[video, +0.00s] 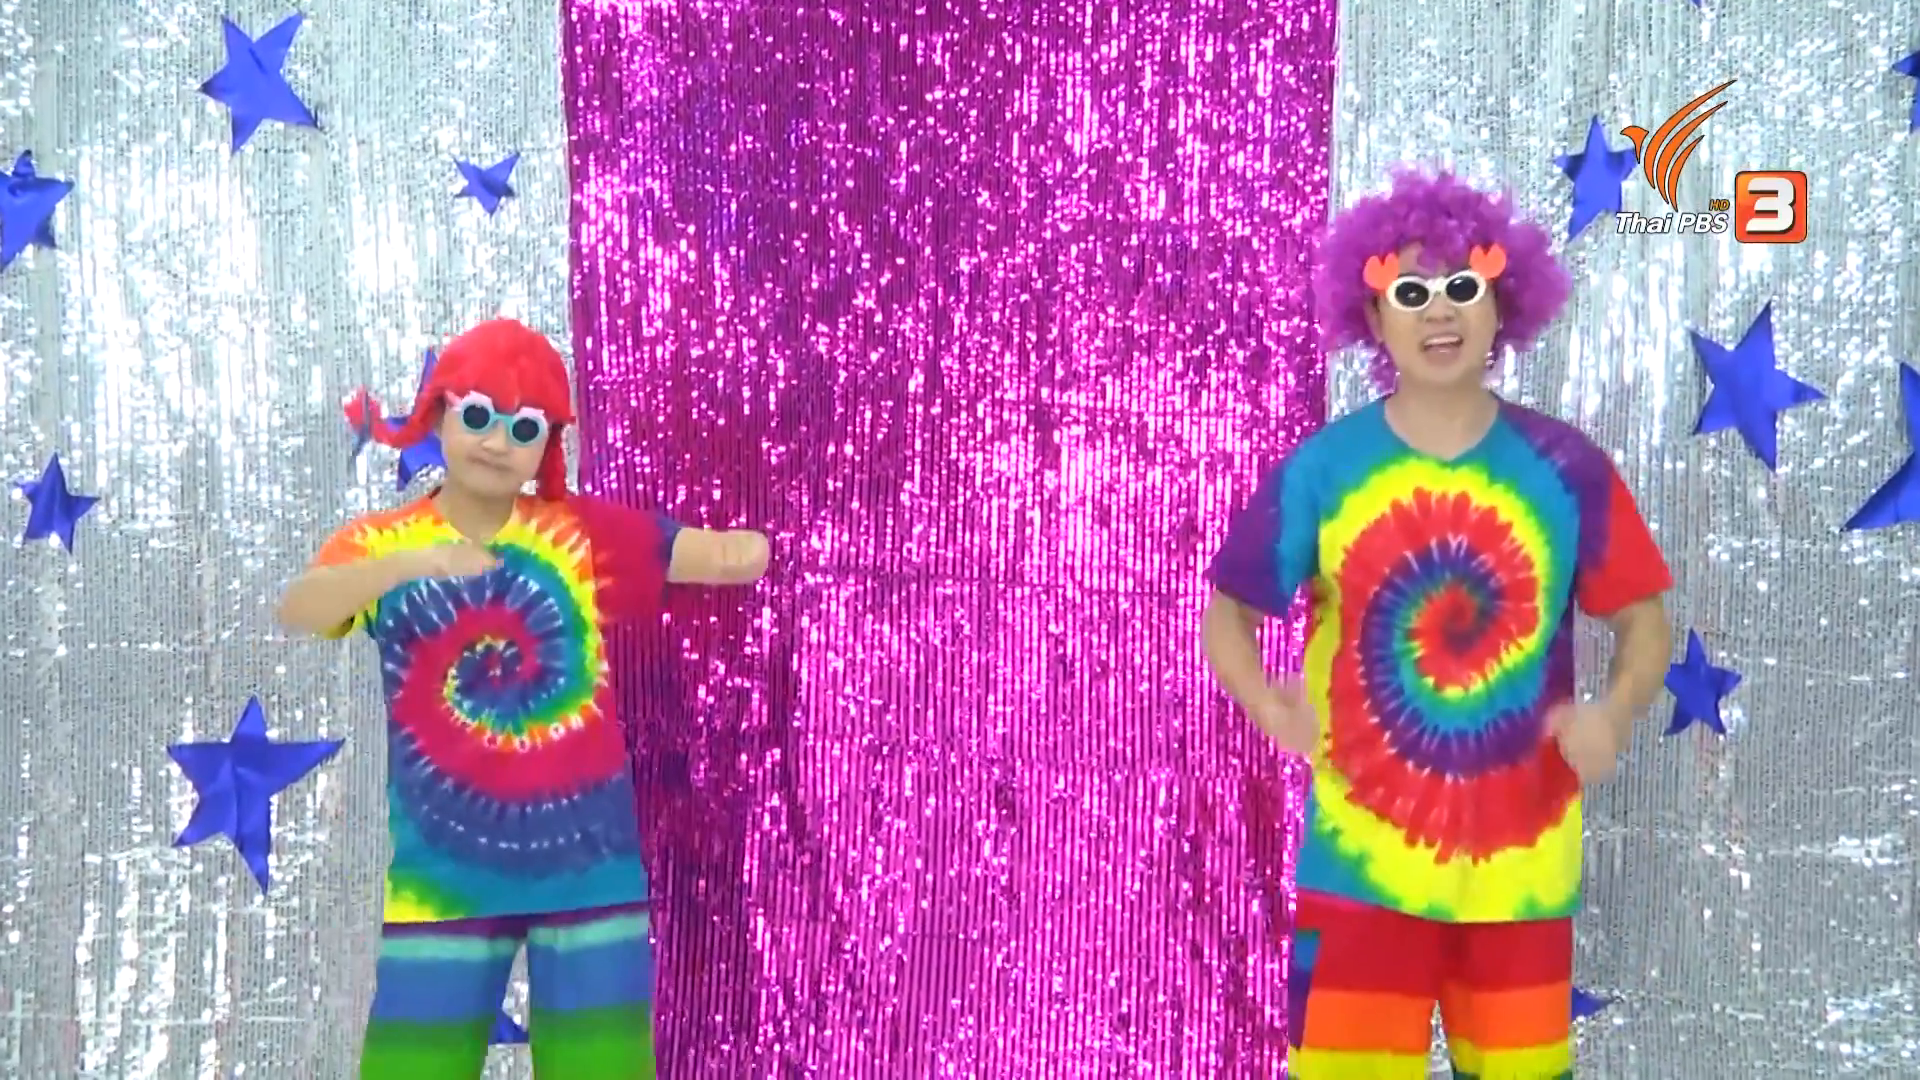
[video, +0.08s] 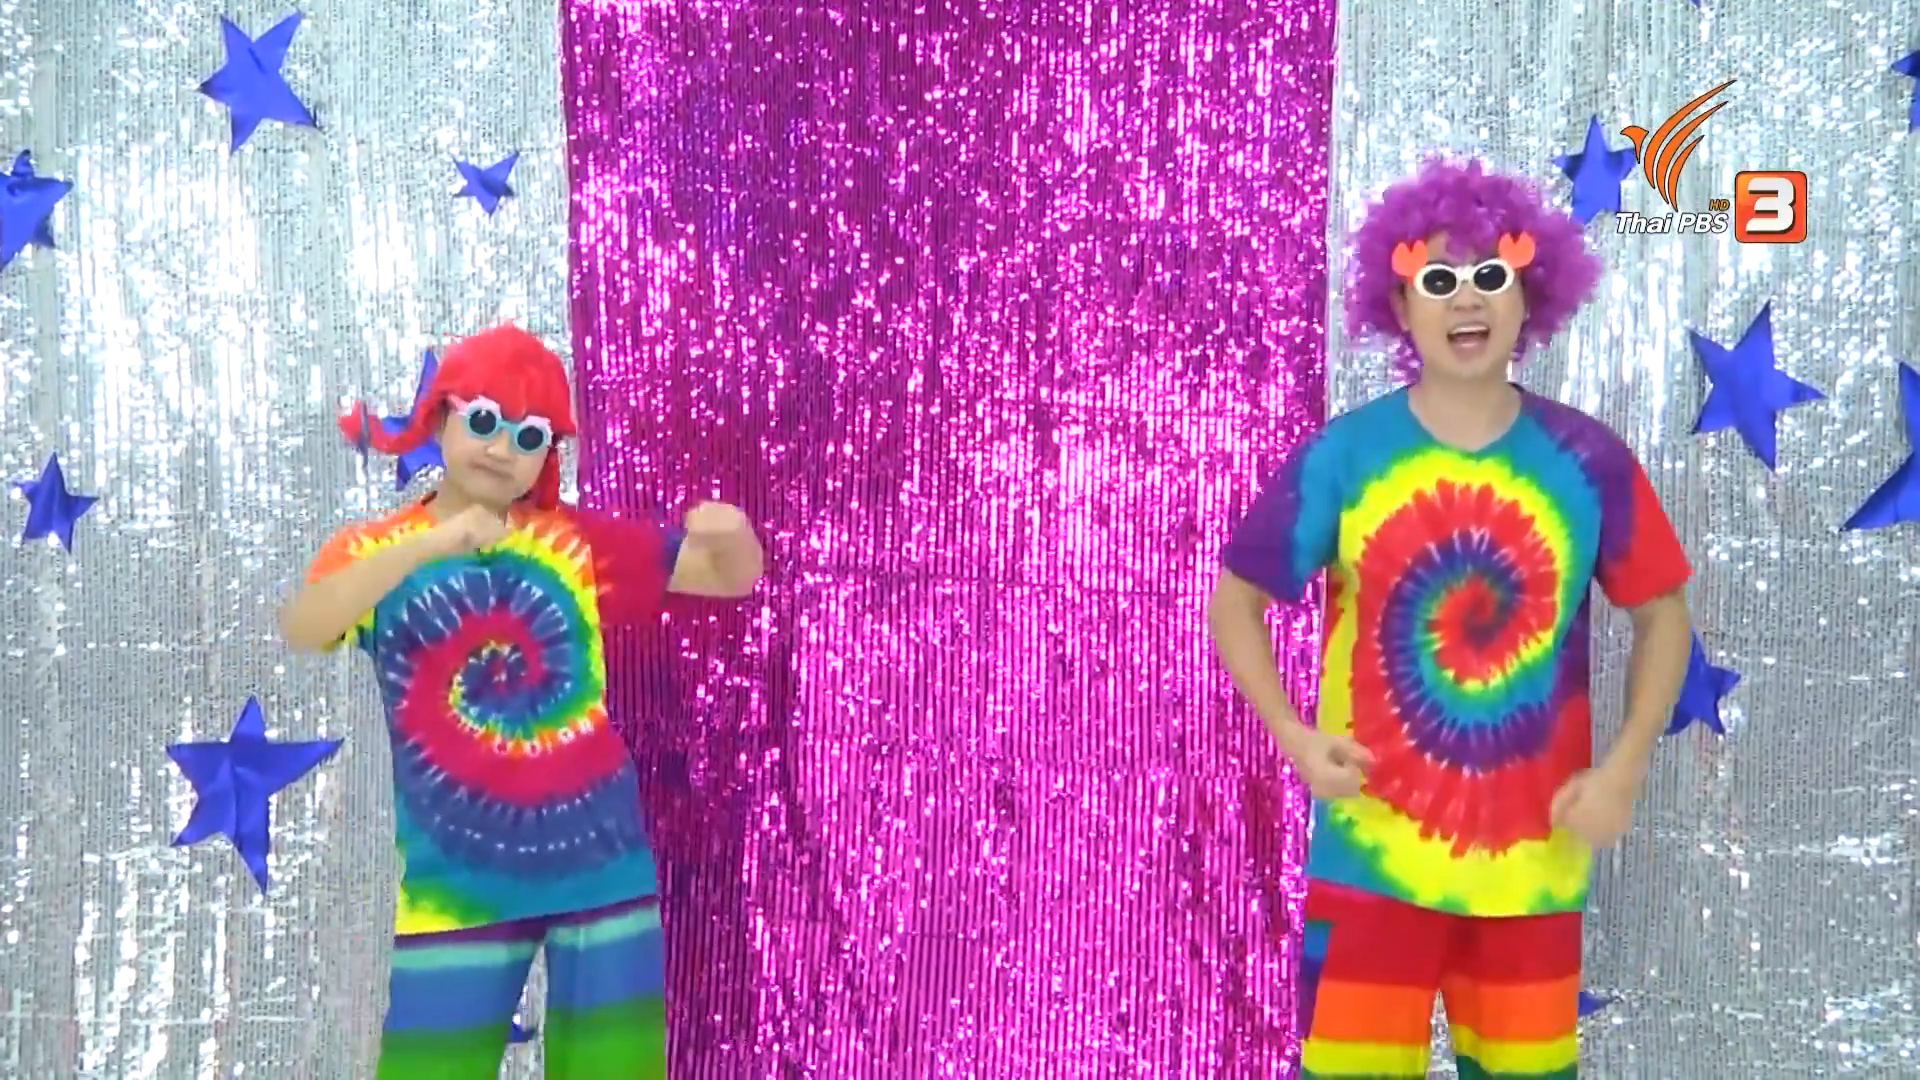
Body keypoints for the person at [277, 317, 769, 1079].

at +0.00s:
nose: (497, 439)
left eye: (523, 426)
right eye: (477, 415)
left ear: (549, 444)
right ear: (439, 422)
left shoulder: (590, 532)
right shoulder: (379, 542)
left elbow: (736, 554)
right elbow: (295, 610)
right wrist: (412, 565)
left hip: (593, 877)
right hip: (439, 879)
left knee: (602, 1067)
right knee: (411, 1070)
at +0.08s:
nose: (501, 446)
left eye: (528, 434)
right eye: (481, 419)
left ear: (550, 454)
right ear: (440, 424)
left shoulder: (581, 541)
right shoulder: (375, 544)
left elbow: (732, 578)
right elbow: (303, 625)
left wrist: (725, 528)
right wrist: (436, 542)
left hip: (602, 879)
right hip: (453, 887)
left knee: (615, 1067)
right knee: (428, 1069)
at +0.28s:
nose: (492, 452)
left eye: (518, 440)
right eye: (471, 427)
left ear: (537, 463)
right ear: (429, 434)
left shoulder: (565, 553)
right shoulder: (357, 563)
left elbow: (715, 623)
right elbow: (289, 662)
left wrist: (622, 549)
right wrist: (402, 549)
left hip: (599, 885)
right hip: (454, 898)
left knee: (631, 1067)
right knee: (444, 1070)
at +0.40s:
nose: (477, 436)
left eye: (500, 418)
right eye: (452, 415)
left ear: (528, 435)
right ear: (417, 430)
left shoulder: (569, 526)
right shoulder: (364, 543)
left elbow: (691, 602)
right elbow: (238, 620)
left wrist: (613, 574)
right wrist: (303, 572)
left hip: (571, 874)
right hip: (423, 882)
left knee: (615, 1066)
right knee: (407, 1071)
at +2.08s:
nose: (481, 407)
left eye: (506, 387)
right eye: (456, 386)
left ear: (538, 408)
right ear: (425, 403)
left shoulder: (577, 510)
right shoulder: (370, 513)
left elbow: (645, 575)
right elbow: (290, 624)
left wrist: (622, 622)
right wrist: (336, 563)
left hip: (550, 846)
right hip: (403, 847)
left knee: (570, 1058)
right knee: (374, 1058)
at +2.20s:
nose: (482, 410)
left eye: (509, 396)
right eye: (462, 386)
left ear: (534, 421)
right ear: (426, 397)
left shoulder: (568, 509)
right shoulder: (366, 518)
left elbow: (626, 617)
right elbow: (348, 606)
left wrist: (688, 727)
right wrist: (356, 682)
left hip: (568, 834)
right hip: (425, 838)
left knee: (593, 1052)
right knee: (400, 1055)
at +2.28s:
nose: (486, 423)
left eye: (513, 412)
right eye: (466, 398)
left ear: (537, 436)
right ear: (428, 410)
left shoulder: (572, 528)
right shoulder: (368, 539)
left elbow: (632, 668)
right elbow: (358, 679)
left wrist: (691, 804)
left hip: (587, 853)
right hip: (437, 861)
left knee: (606, 1063)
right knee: (424, 1065)